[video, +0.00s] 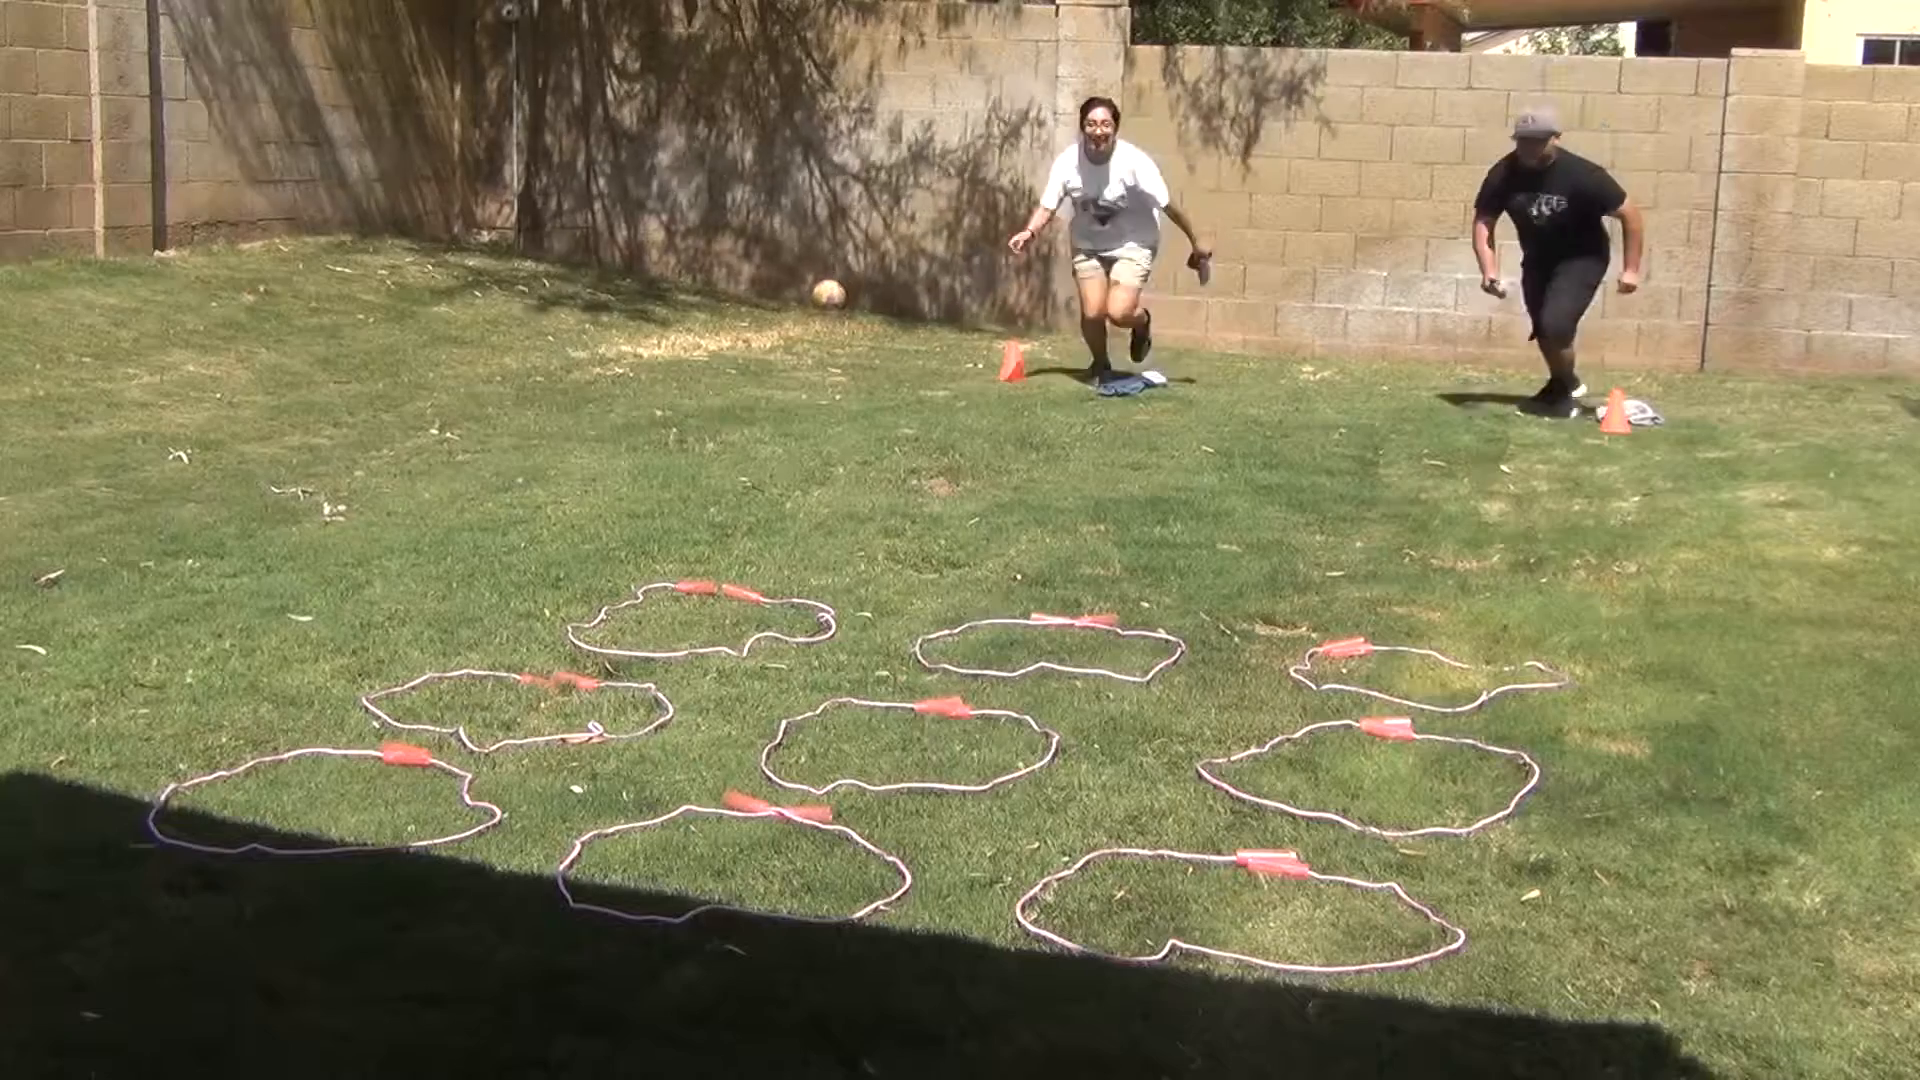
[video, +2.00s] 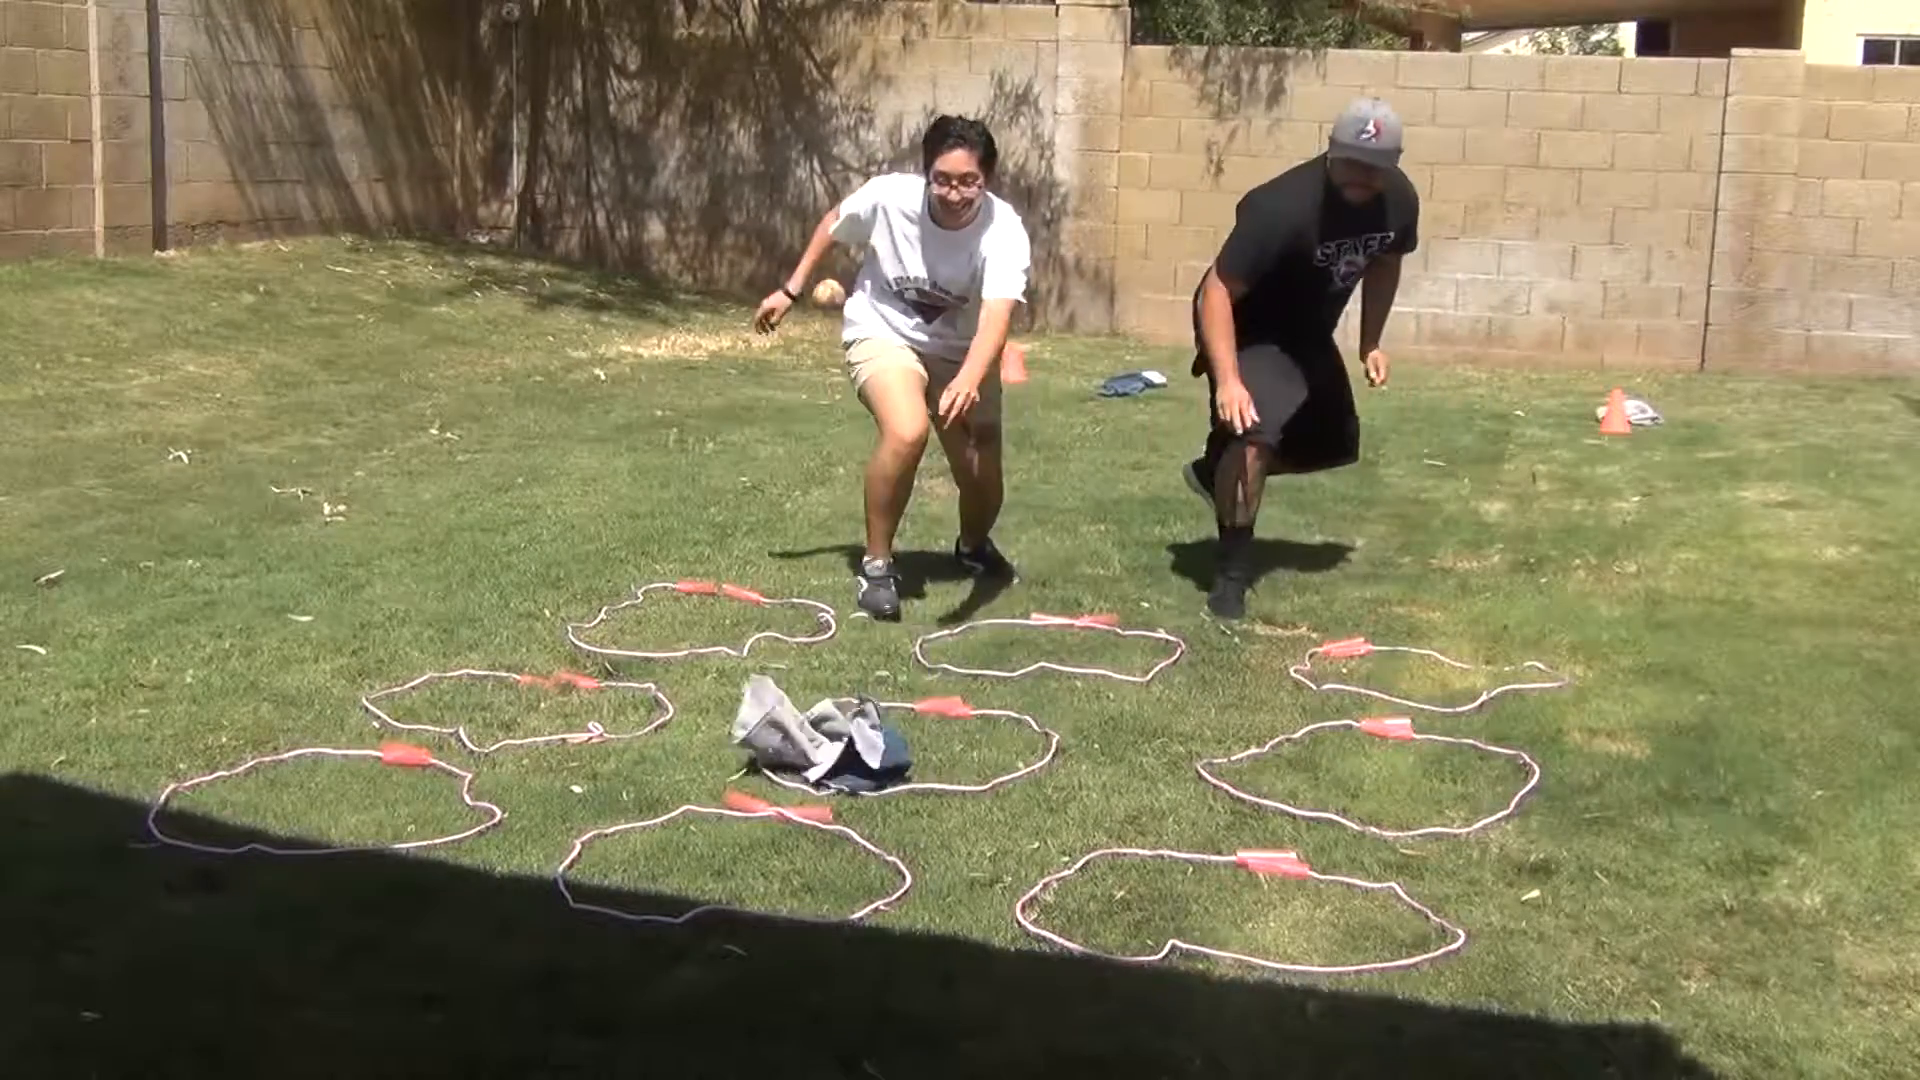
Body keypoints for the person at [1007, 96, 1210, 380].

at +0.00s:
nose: (1099, 130)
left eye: (1105, 124)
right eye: (1092, 124)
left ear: (1116, 128)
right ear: (1082, 128)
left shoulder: (1134, 161)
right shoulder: (1068, 161)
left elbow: (1168, 205)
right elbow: (1047, 205)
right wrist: (1029, 231)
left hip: (1133, 244)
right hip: (1087, 245)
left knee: (1118, 313)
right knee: (1091, 314)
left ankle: (1142, 323)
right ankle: (1101, 365)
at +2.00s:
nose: (955, 193)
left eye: (968, 181)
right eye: (943, 180)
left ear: (986, 178)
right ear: (926, 172)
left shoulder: (1004, 229)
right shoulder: (888, 195)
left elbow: (997, 313)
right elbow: (832, 225)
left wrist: (971, 378)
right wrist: (791, 290)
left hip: (959, 346)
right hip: (883, 330)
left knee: (982, 471)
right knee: (907, 431)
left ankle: (973, 546)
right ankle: (877, 565)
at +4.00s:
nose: (999, 98)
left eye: (998, 88)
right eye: (1000, 88)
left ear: (933, 78)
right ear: (992, 88)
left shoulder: (898, 129)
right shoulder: (976, 135)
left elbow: (905, 246)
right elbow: (978, 205)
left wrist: (986, 313)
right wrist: (1010, 304)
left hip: (818, 287)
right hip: (907, 300)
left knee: (829, 453)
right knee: (935, 437)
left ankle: (795, 578)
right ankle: (913, 581)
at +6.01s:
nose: (1166, 240)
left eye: (1172, 235)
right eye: (1170, 233)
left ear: (1158, 219)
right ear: (1162, 222)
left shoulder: (1128, 232)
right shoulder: (1132, 217)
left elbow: (1122, 283)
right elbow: (1080, 232)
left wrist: (1124, 336)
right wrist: (1089, 282)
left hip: (1026, 238)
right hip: (1036, 243)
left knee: (1076, 300)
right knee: (1101, 300)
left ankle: (1054, 365)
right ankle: (1091, 380)